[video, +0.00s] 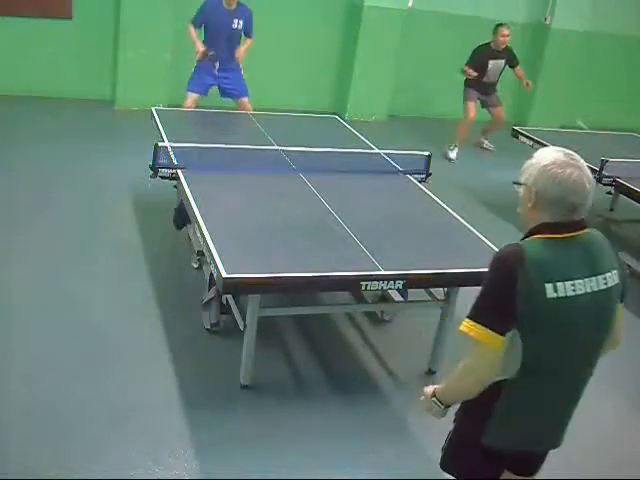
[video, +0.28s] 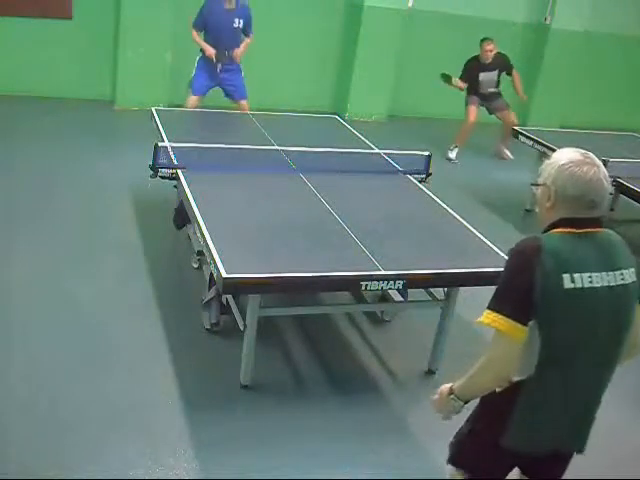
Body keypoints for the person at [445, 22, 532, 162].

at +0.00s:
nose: (505, 39)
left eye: (507, 36)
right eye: (502, 36)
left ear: (509, 37)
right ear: (494, 37)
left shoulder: (508, 52)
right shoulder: (482, 50)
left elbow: (516, 68)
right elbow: (467, 68)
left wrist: (524, 79)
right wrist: (472, 73)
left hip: (490, 88)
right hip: (473, 86)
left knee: (499, 119)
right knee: (470, 117)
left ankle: (482, 138)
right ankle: (455, 147)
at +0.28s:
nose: (488, 54)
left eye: (491, 51)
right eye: (485, 51)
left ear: (495, 50)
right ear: (480, 51)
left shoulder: (501, 59)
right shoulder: (472, 63)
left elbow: (513, 73)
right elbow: (463, 84)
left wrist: (520, 93)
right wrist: (456, 83)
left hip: (493, 95)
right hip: (475, 95)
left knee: (511, 121)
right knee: (471, 120)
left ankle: (503, 147)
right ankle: (455, 147)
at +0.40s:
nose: (489, 53)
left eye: (491, 50)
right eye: (486, 50)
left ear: (496, 49)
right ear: (481, 50)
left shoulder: (503, 58)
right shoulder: (476, 63)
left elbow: (513, 74)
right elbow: (474, 86)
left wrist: (520, 94)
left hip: (497, 95)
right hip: (479, 94)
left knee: (513, 122)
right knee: (473, 121)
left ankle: (506, 148)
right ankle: (455, 147)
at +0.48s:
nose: (492, 51)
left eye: (494, 47)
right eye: (489, 48)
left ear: (498, 47)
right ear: (484, 48)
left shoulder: (505, 55)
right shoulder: (480, 62)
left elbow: (512, 73)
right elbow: (481, 87)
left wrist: (520, 93)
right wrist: (490, 92)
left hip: (496, 90)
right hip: (478, 91)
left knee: (516, 120)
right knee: (474, 120)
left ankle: (509, 149)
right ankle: (455, 147)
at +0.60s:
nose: (502, 45)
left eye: (504, 42)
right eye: (499, 43)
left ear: (507, 43)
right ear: (492, 45)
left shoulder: (509, 54)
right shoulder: (490, 61)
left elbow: (514, 72)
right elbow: (518, 73)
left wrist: (518, 88)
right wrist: (546, 73)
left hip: (498, 91)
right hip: (480, 92)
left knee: (516, 121)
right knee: (477, 121)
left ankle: (513, 147)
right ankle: (455, 148)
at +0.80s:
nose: (523, 43)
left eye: (525, 40)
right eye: (519, 40)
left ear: (526, 42)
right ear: (512, 42)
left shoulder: (523, 56)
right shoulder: (508, 57)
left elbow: (530, 72)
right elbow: (531, 70)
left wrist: (532, 91)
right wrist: (555, 65)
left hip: (506, 92)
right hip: (490, 92)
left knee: (521, 122)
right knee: (485, 122)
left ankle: (511, 148)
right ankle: (458, 147)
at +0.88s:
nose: (528, 42)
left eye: (530, 39)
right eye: (524, 39)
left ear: (532, 41)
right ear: (517, 40)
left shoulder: (529, 55)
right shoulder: (510, 55)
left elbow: (533, 73)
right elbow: (527, 74)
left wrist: (539, 91)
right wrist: (553, 69)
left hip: (510, 93)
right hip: (493, 92)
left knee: (523, 123)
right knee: (486, 122)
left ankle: (512, 149)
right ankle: (461, 148)